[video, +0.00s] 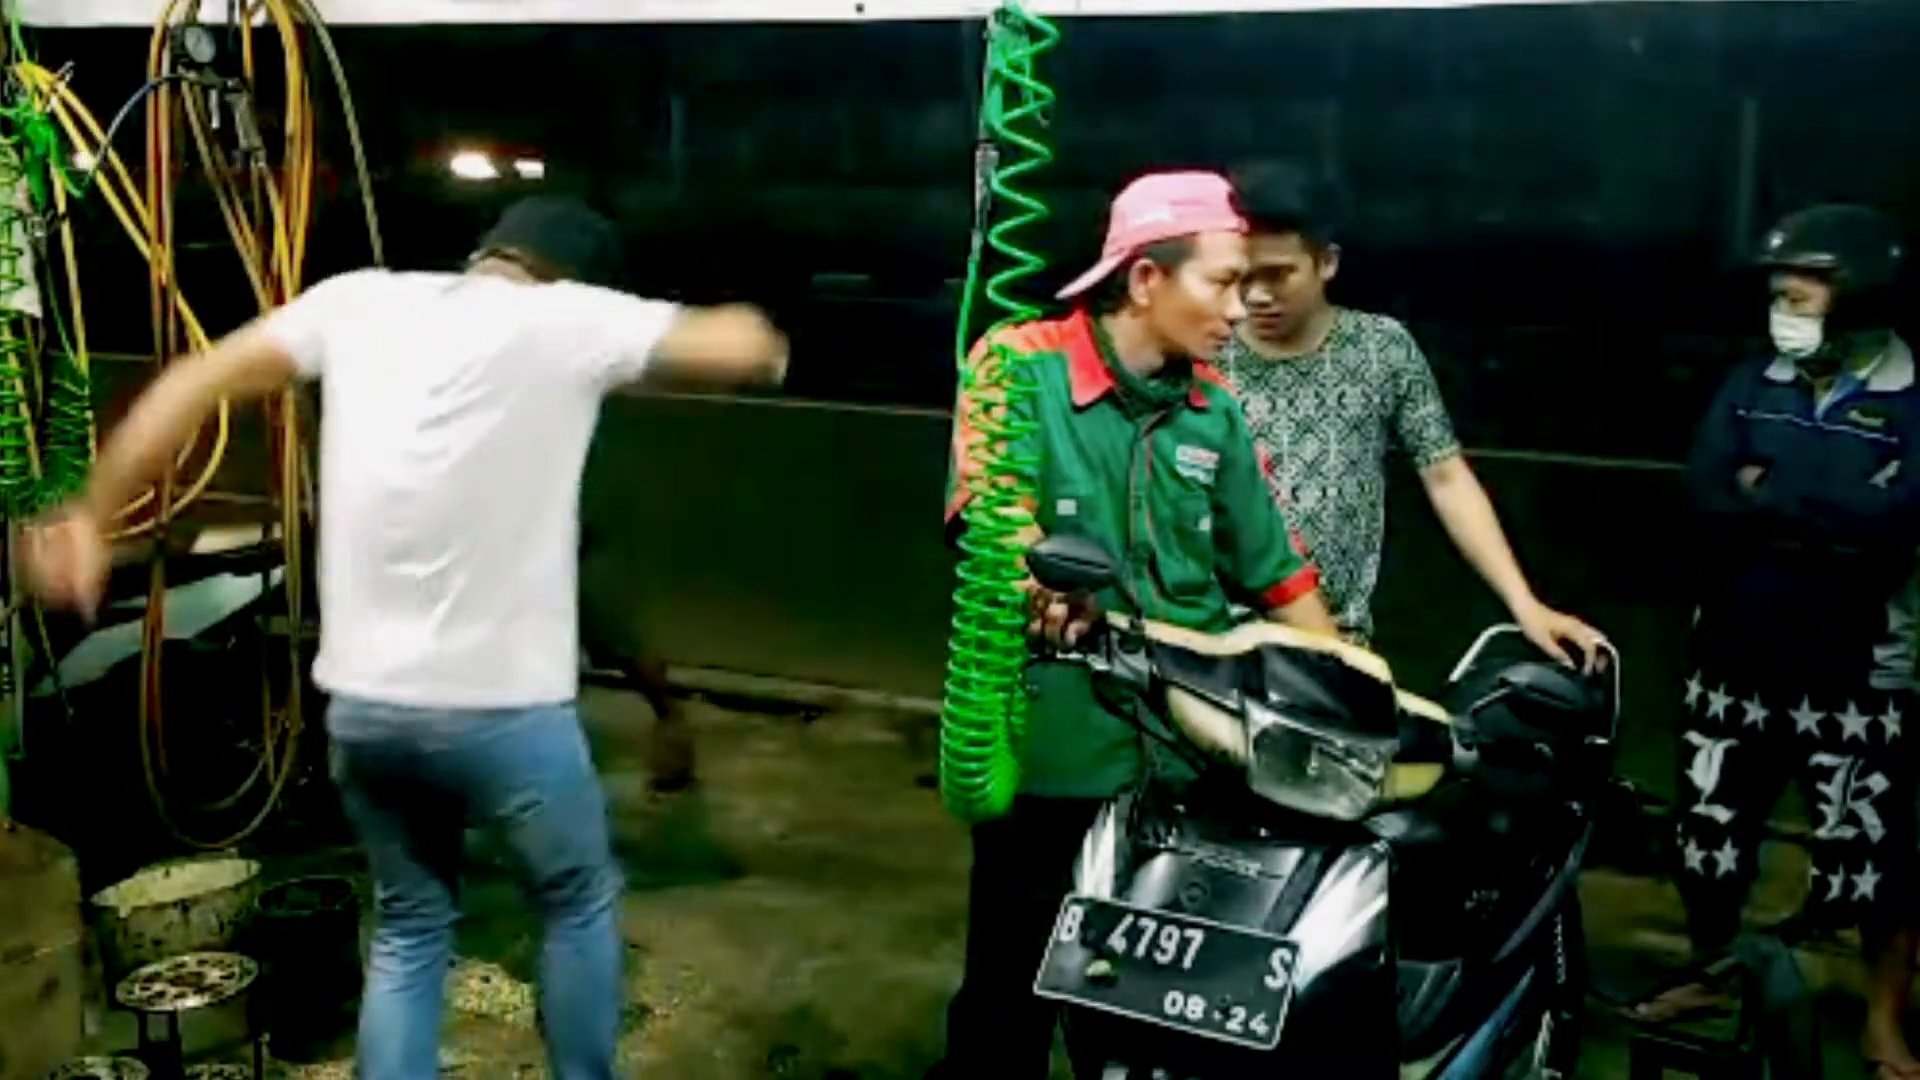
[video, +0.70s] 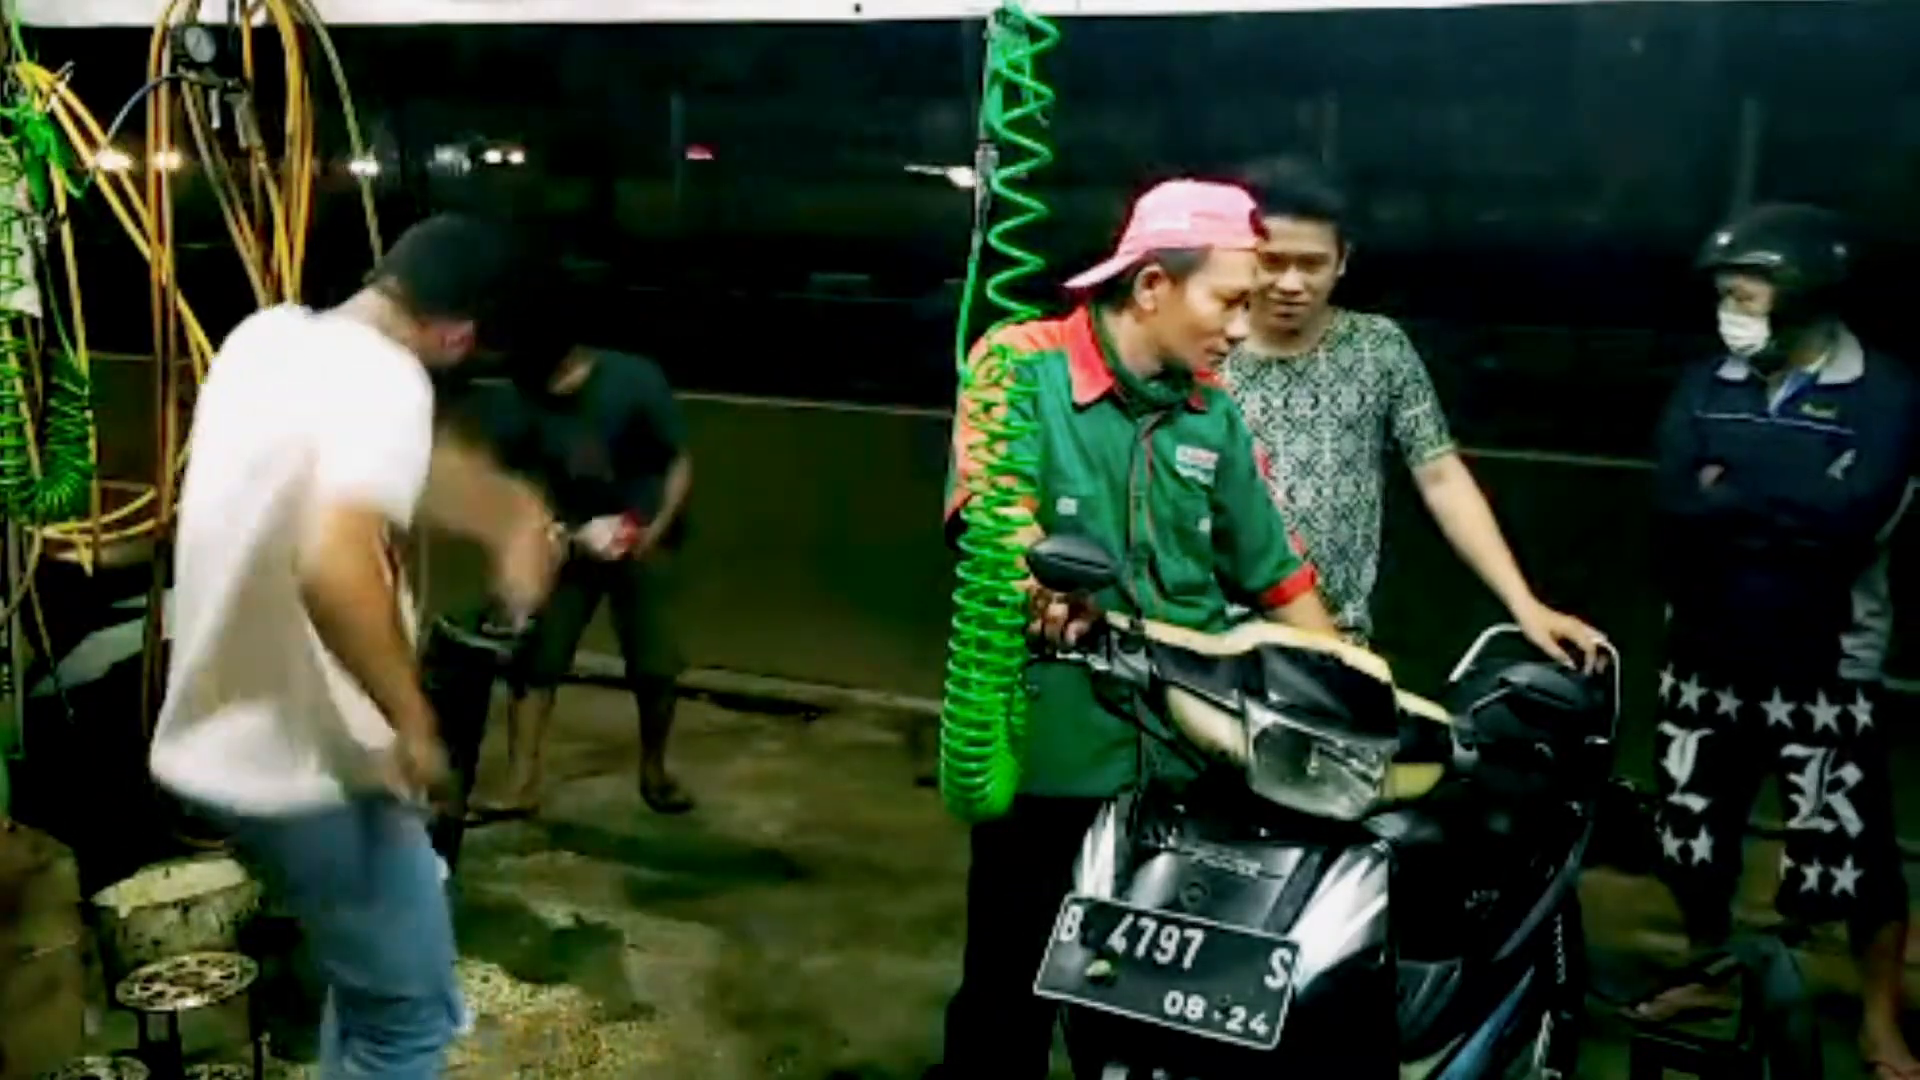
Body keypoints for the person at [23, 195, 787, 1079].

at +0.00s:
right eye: (585, 276)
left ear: (486, 253)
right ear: (565, 273)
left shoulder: (354, 302)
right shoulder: (572, 321)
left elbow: (191, 381)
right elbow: (750, 348)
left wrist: (89, 515)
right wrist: (692, 331)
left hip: (364, 709)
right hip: (508, 714)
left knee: (407, 921)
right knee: (577, 903)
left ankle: (391, 1074)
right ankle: (584, 1069)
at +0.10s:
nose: (534, 331)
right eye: (537, 318)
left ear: (445, 282)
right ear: (524, 305)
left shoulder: (314, 360)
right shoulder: (519, 363)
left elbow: (227, 527)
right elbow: (605, 496)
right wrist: (700, 499)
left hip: (337, 732)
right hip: (472, 730)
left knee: (406, 937)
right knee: (603, 850)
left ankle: (392, 1076)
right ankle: (586, 1066)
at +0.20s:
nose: (502, 358)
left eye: (507, 344)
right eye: (506, 342)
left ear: (419, 303)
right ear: (489, 327)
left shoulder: (297, 393)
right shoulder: (477, 383)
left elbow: (302, 557)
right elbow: (529, 550)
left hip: (318, 747)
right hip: (446, 742)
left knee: (410, 935)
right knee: (608, 838)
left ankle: (394, 1075)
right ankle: (542, 1062)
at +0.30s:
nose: (490, 356)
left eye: (499, 341)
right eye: (494, 337)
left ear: (411, 290)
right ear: (475, 316)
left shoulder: (306, 361)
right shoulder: (434, 369)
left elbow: (422, 479)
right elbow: (429, 529)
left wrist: (581, 486)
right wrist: (480, 684)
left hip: (300, 737)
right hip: (400, 740)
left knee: (401, 938)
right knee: (580, 866)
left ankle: (394, 1072)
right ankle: (470, 1065)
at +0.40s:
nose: (491, 315)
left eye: (498, 302)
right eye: (498, 298)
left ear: (415, 245)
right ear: (480, 283)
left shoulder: (315, 312)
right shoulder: (408, 323)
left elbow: (495, 356)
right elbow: (335, 459)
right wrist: (365, 647)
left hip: (299, 711)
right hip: (390, 714)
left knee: (383, 943)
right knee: (497, 931)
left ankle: (373, 1072)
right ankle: (402, 1067)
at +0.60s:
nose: (494, 328)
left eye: (508, 311)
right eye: (502, 310)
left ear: (420, 252)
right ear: (474, 293)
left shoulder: (315, 305)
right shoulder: (382, 314)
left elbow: (485, 316)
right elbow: (298, 412)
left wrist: (583, 360)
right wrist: (338, 611)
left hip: (291, 731)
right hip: (328, 741)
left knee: (385, 994)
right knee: (391, 1013)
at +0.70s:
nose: (463, 357)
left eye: (471, 345)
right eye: (472, 344)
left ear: (385, 278)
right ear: (456, 333)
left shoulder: (262, 337)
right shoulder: (384, 384)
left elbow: (398, 459)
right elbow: (335, 570)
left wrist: (513, 516)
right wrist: (412, 719)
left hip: (211, 747)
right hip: (305, 775)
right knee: (404, 1025)